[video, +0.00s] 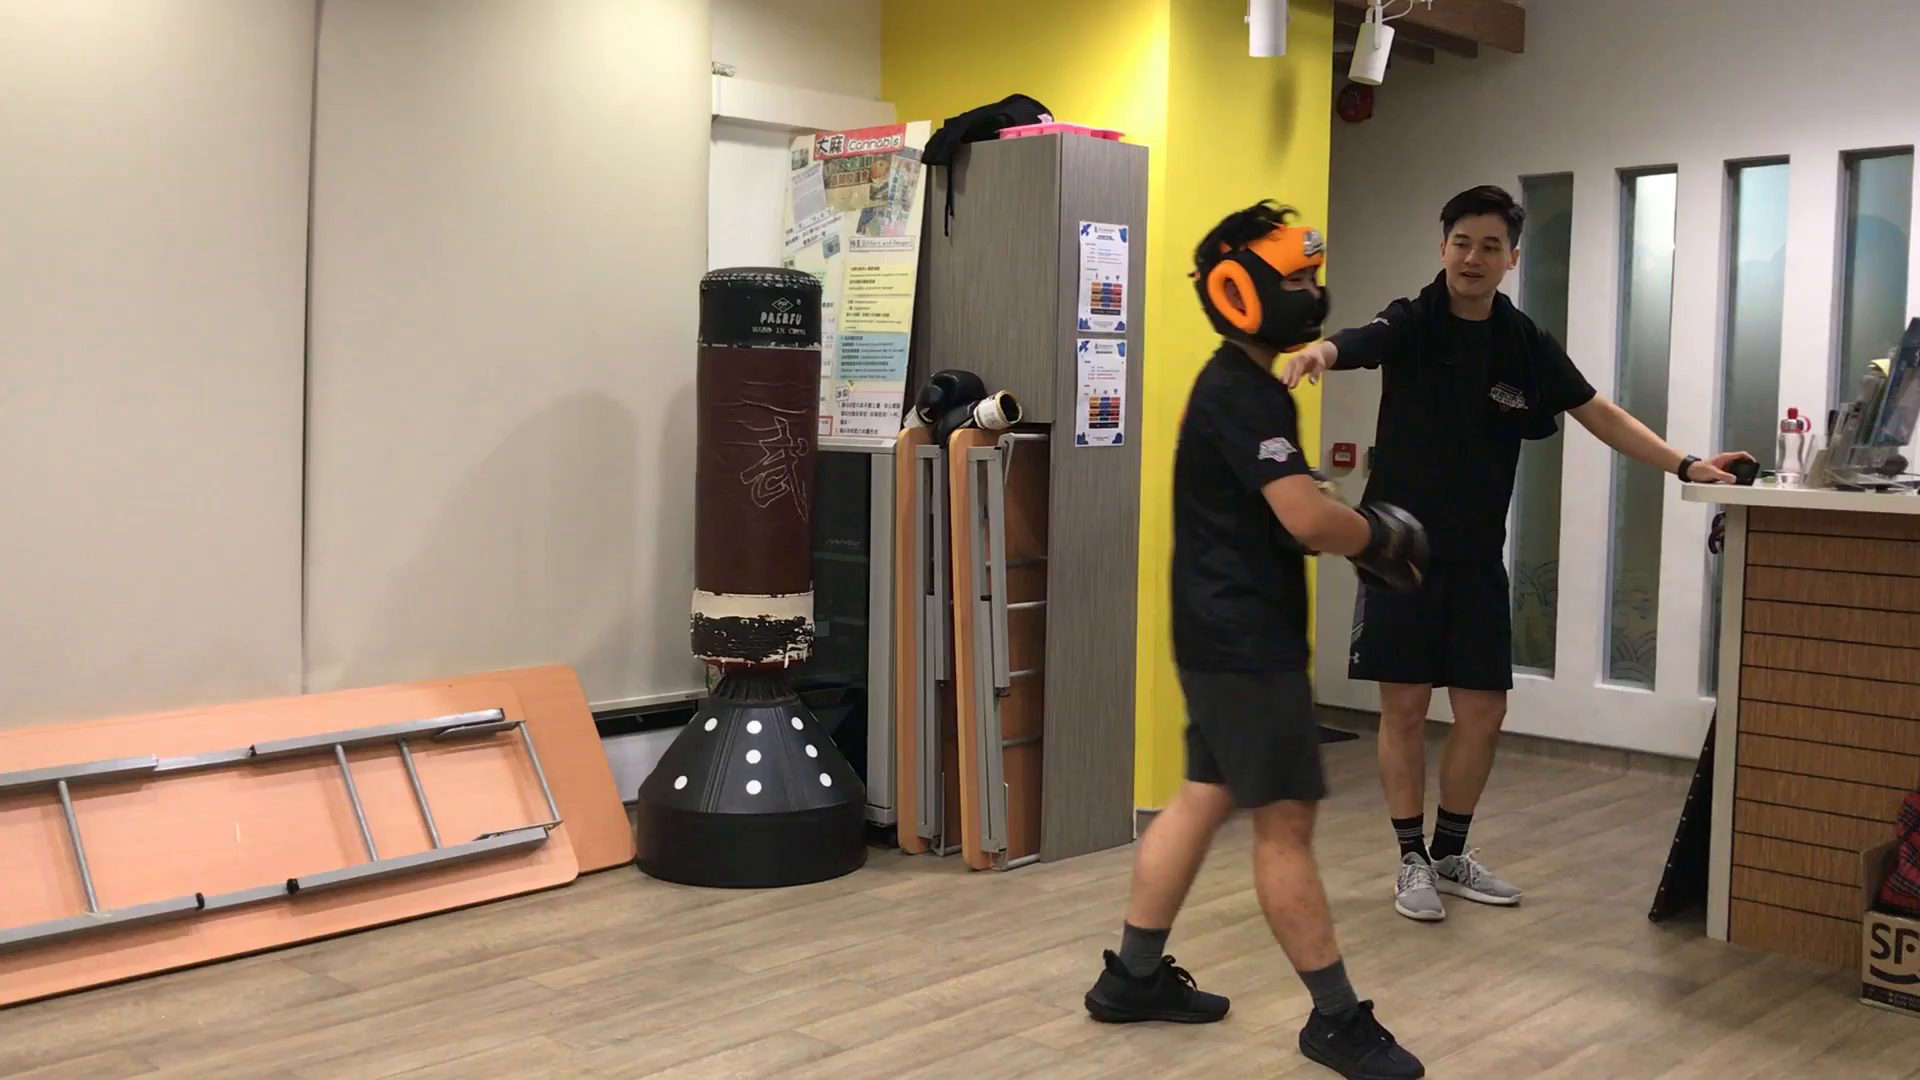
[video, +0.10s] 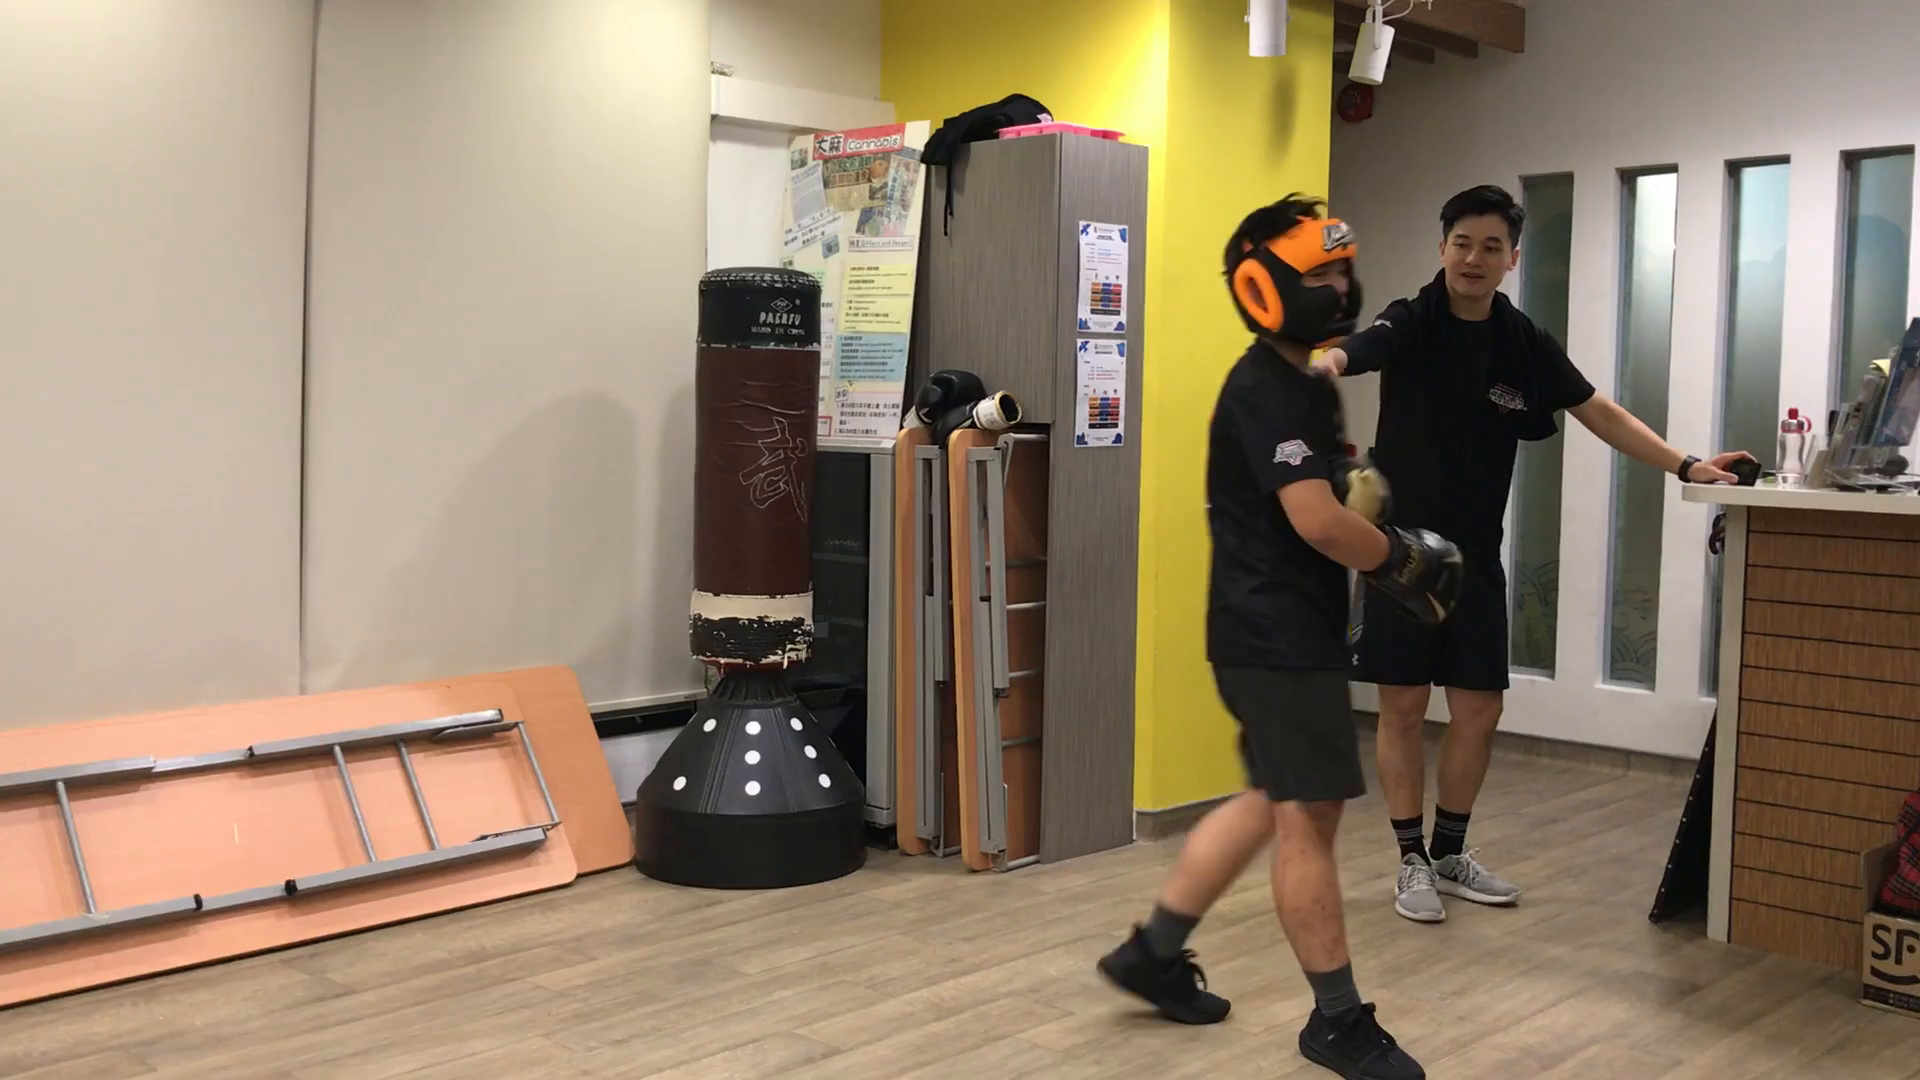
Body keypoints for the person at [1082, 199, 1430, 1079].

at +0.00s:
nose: (1311, 283)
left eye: (1309, 266)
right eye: (1293, 272)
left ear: (1243, 298)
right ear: (1242, 291)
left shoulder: (1241, 380)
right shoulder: (1243, 389)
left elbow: (1283, 506)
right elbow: (1307, 516)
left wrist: (1352, 531)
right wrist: (1374, 536)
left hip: (1221, 639)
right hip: (1250, 646)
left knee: (1206, 793)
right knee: (1284, 818)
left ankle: (1133, 973)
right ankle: (1337, 1015)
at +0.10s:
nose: (1337, 287)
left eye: (1340, 269)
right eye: (1317, 275)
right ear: (1268, 290)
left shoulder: (1296, 379)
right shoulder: (1274, 388)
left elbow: (1307, 498)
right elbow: (1315, 518)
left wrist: (1357, 501)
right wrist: (1401, 560)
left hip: (1277, 637)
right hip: (1280, 644)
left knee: (1269, 796)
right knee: (1309, 814)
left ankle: (1154, 946)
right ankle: (1337, 1014)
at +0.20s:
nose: (1361, 289)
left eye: (1368, 271)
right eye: (1339, 275)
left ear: (1379, 275)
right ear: (1286, 287)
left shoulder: (1349, 378)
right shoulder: (1285, 389)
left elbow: (1354, 485)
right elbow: (1329, 525)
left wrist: (1393, 480)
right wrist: (1414, 568)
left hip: (1348, 630)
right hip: (1298, 642)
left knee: (1360, 797)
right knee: (1318, 813)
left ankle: (1209, 915)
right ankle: (1338, 1014)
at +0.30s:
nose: (1382, 290)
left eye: (1390, 272)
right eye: (1358, 277)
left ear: (1403, 274)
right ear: (1310, 288)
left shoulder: (1393, 376)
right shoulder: (1304, 392)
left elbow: (1441, 491)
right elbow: (1342, 525)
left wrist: (1444, 493)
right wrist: (1431, 574)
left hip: (1388, 628)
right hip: (1319, 640)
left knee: (1424, 790)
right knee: (1333, 821)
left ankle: (1284, 917)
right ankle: (1340, 1017)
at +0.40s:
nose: (1394, 290)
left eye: (1407, 271)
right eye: (1371, 275)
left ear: (1424, 276)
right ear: (1329, 286)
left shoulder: (1442, 382)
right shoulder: (1319, 391)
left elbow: (1495, 506)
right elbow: (1351, 526)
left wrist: (1457, 490)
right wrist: (1442, 555)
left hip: (1424, 629)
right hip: (1337, 639)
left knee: (1463, 791)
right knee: (1343, 818)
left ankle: (1388, 953)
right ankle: (1336, 1014)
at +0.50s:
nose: (1417, 291)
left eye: (1431, 273)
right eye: (1396, 275)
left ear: (1454, 285)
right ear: (1360, 290)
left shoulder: (1484, 386)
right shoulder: (1339, 395)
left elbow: (1535, 505)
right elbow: (1357, 529)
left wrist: (1460, 501)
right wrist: (1466, 553)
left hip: (1456, 635)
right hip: (1357, 642)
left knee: (1481, 811)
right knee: (1354, 820)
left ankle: (1500, 988)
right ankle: (1339, 1011)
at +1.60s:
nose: (1371, 305)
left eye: (1388, 286)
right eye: (1361, 291)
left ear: (1442, 283)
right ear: (1353, 298)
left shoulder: (1494, 390)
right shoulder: (1358, 396)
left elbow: (1521, 517)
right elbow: (1323, 515)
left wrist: (1402, 534)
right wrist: (1340, 577)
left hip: (1472, 638)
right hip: (1371, 630)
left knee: (1489, 817)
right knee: (1369, 797)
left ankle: (1520, 991)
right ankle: (1353, 972)